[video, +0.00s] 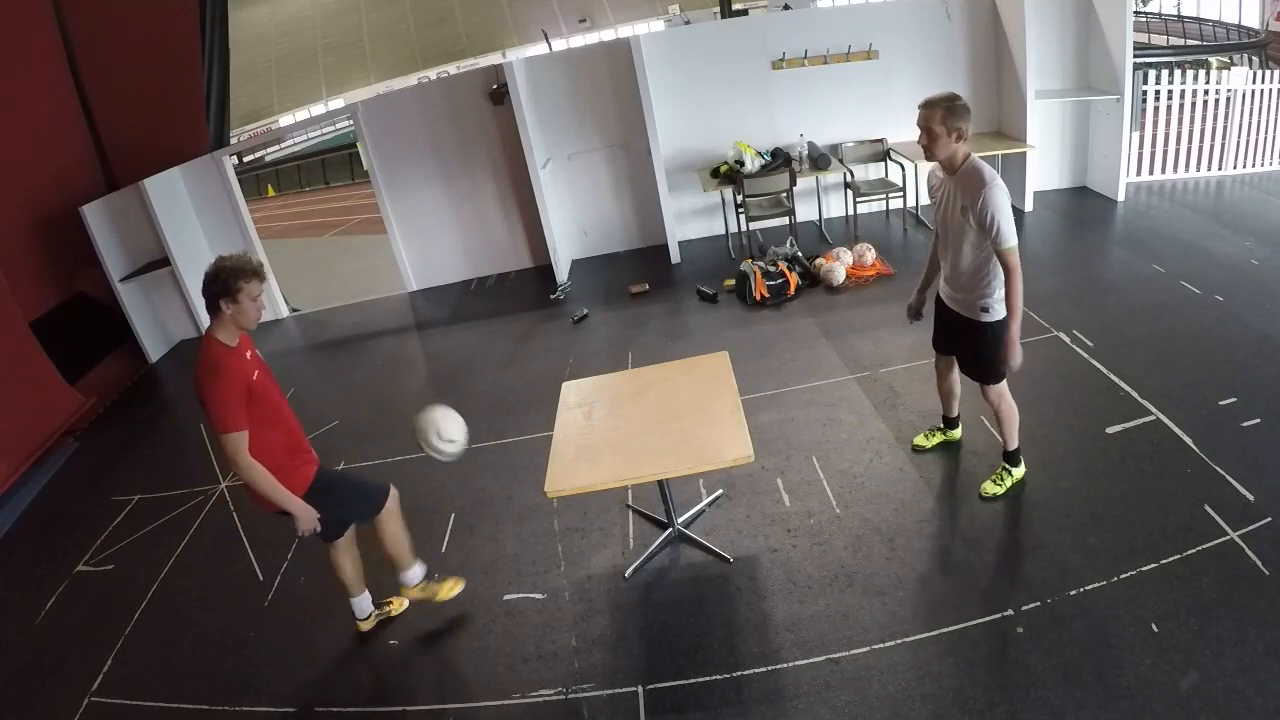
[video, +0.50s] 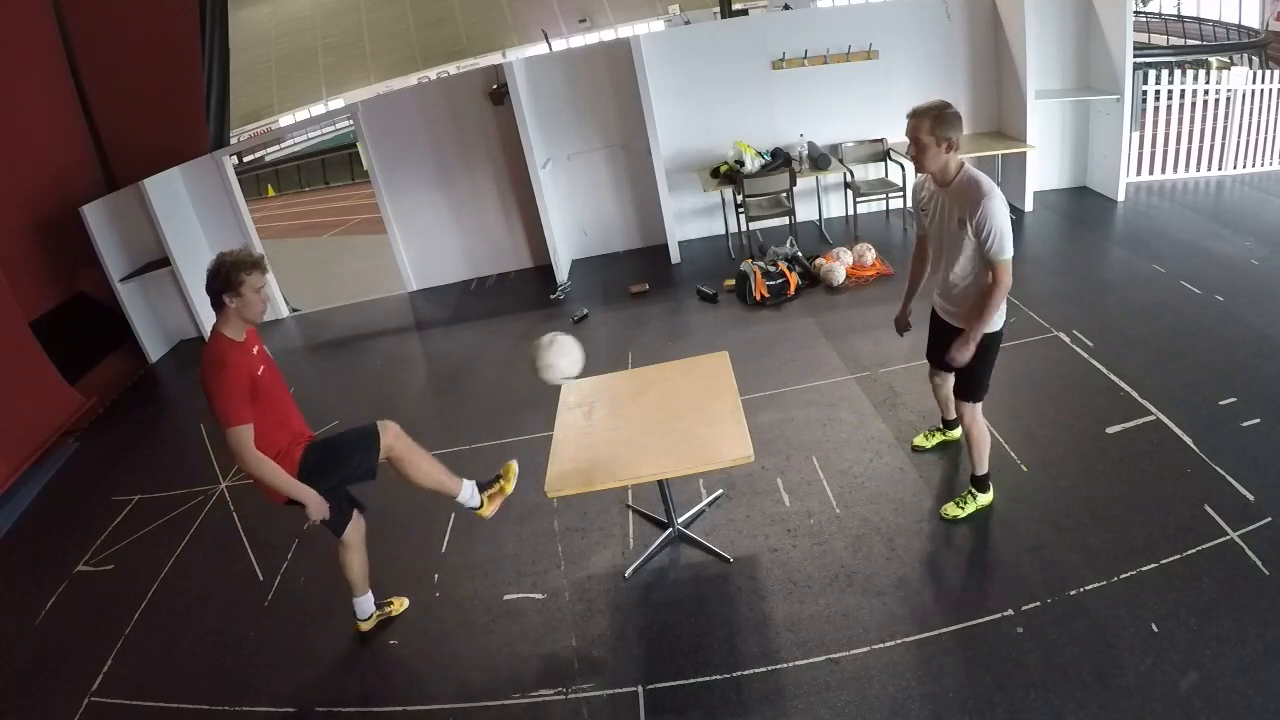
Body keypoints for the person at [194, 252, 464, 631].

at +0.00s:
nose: (262, 306)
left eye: (260, 296)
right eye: (254, 299)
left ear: (231, 306)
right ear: (226, 307)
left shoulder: (237, 341)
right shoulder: (219, 368)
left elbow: (259, 417)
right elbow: (239, 458)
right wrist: (296, 507)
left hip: (299, 470)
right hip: (292, 486)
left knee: (339, 532)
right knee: (384, 498)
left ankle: (366, 614)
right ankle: (416, 582)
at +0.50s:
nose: (265, 297)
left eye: (263, 289)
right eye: (257, 292)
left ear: (237, 298)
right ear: (229, 301)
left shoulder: (245, 336)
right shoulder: (222, 362)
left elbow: (268, 405)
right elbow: (245, 453)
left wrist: (310, 450)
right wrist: (306, 495)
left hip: (301, 453)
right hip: (291, 469)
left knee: (350, 524)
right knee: (388, 436)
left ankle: (367, 614)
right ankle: (475, 497)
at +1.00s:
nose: (275, 287)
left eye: (271, 278)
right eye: (265, 282)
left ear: (243, 295)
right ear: (238, 297)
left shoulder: (260, 329)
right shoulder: (241, 361)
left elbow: (292, 401)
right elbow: (268, 453)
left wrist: (329, 439)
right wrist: (321, 509)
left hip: (325, 467)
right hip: (311, 491)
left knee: (353, 547)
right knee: (355, 560)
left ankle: (367, 610)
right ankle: (390, 628)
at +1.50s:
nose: (296, 288)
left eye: (294, 279)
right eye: (287, 283)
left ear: (266, 291)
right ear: (258, 293)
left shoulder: (283, 323)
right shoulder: (259, 358)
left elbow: (312, 390)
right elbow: (286, 450)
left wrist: (346, 428)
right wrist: (338, 505)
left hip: (337, 454)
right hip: (317, 480)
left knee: (368, 503)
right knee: (360, 557)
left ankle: (392, 559)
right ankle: (392, 629)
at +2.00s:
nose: (313, 260)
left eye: (313, 252)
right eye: (303, 256)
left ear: (312, 251)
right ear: (279, 265)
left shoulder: (307, 292)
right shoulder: (281, 322)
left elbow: (334, 352)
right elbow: (295, 400)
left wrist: (371, 391)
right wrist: (343, 448)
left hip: (356, 415)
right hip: (344, 433)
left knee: (380, 489)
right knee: (408, 493)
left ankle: (398, 547)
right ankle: (402, 583)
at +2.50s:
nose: (361, 240)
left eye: (361, 232)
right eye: (352, 236)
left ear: (360, 231)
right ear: (330, 244)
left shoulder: (347, 269)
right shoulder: (341, 292)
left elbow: (373, 340)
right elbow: (356, 367)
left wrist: (403, 381)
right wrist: (388, 423)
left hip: (394, 386)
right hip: (391, 396)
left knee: (390, 463)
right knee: (437, 443)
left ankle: (400, 546)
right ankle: (464, 498)